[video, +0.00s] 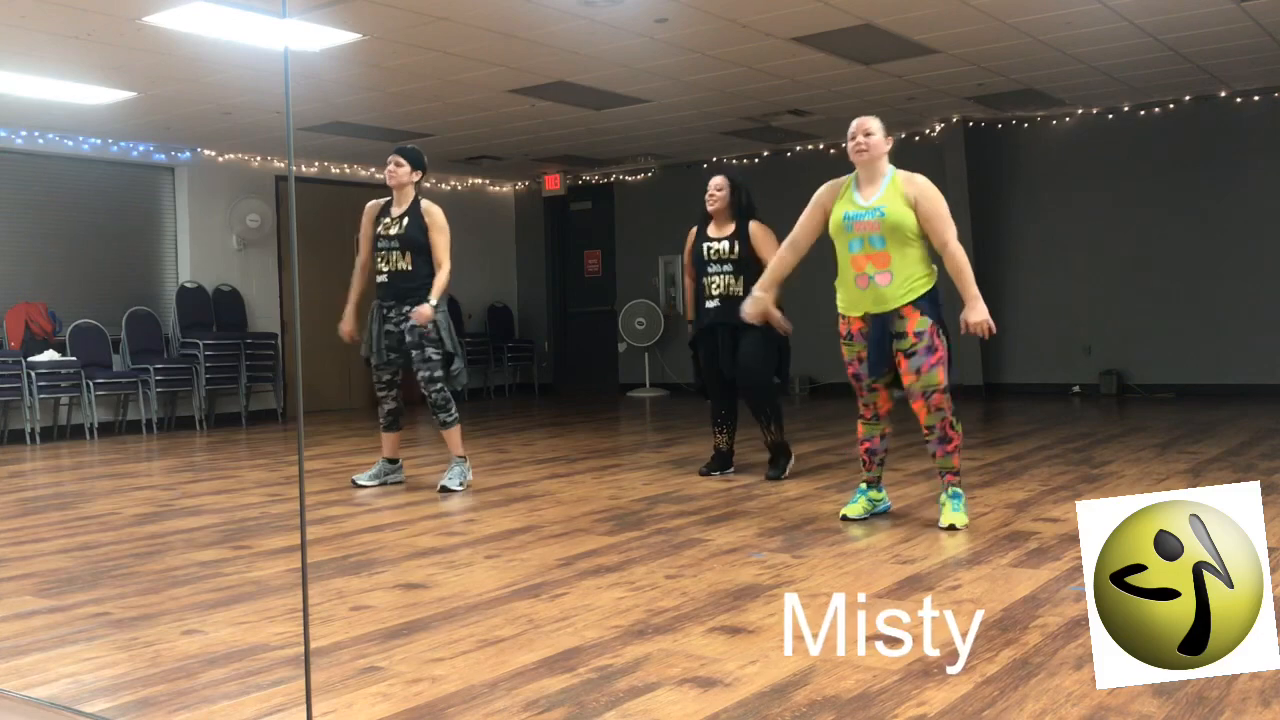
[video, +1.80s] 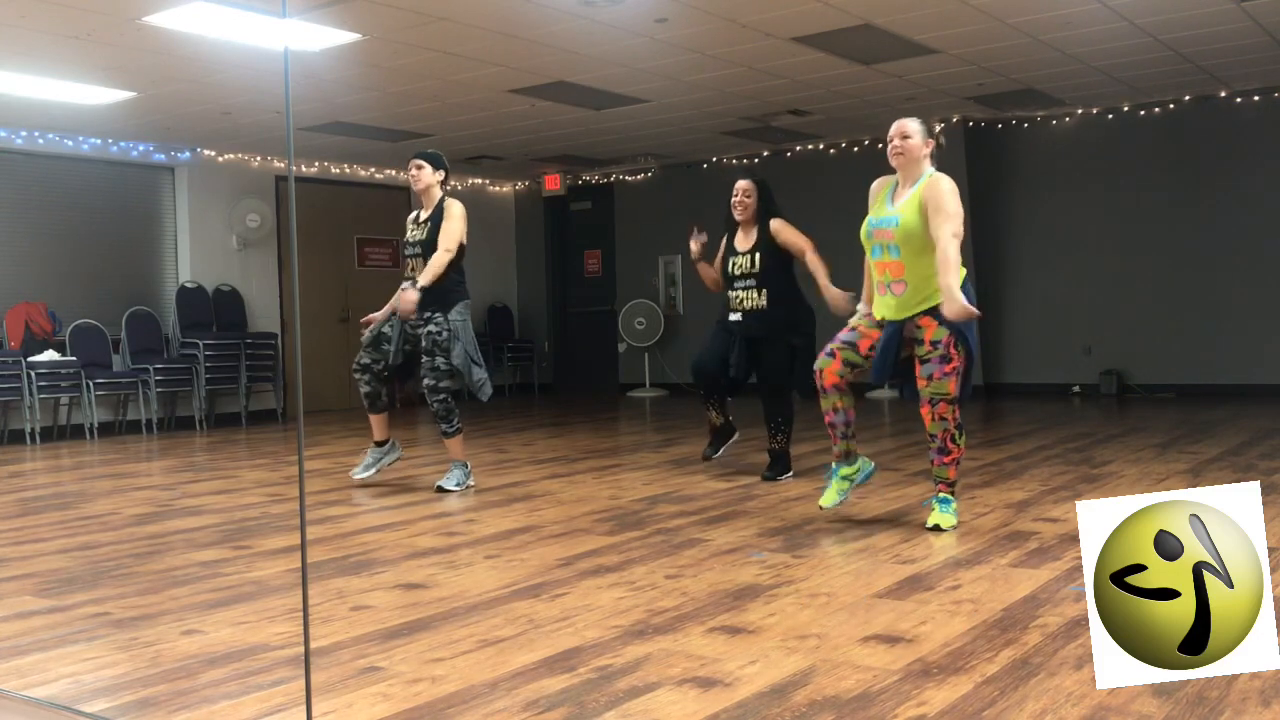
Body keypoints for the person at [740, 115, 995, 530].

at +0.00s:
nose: (859, 140)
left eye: (868, 133)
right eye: (853, 136)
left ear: (888, 143)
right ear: (846, 149)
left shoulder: (915, 187)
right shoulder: (831, 194)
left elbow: (949, 245)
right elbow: (793, 246)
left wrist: (973, 300)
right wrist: (762, 290)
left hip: (913, 308)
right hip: (857, 315)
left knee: (931, 397)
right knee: (870, 403)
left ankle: (952, 491)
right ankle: (872, 490)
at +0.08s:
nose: (871, 137)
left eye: (881, 130)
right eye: (866, 133)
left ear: (901, 141)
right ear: (860, 146)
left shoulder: (923, 188)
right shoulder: (843, 188)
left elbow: (945, 251)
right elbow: (816, 247)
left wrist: (959, 307)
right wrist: (791, 295)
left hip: (918, 309)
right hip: (863, 314)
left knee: (933, 402)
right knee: (868, 404)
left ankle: (952, 493)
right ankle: (873, 490)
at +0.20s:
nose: (881, 134)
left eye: (891, 127)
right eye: (876, 130)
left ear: (912, 139)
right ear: (869, 144)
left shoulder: (932, 185)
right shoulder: (856, 186)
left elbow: (944, 247)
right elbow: (845, 246)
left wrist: (939, 302)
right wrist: (837, 296)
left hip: (924, 311)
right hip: (870, 314)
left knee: (938, 401)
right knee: (842, 382)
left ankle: (952, 492)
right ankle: (864, 476)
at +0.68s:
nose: (868, 138)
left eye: (876, 131)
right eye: (860, 134)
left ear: (893, 140)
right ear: (851, 147)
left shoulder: (921, 182)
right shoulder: (838, 197)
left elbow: (956, 242)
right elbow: (821, 257)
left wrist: (978, 298)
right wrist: (783, 289)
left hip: (915, 309)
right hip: (857, 314)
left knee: (934, 399)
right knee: (857, 402)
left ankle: (948, 492)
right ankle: (863, 491)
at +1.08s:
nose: (876, 145)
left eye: (885, 137)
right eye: (870, 140)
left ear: (907, 141)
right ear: (865, 148)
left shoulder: (929, 191)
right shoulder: (852, 185)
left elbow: (950, 251)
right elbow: (831, 242)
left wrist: (934, 271)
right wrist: (812, 293)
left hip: (918, 312)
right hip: (864, 315)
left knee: (928, 406)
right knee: (866, 405)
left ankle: (942, 496)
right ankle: (866, 493)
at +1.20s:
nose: (884, 142)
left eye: (892, 134)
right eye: (879, 138)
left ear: (917, 138)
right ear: (875, 148)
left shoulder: (937, 189)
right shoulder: (868, 184)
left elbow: (952, 255)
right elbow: (859, 246)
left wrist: (925, 251)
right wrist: (855, 303)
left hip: (925, 313)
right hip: (875, 312)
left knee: (932, 404)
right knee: (840, 383)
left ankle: (942, 495)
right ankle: (857, 479)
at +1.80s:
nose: (894, 143)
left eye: (904, 136)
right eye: (889, 139)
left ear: (928, 146)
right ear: (887, 150)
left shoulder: (939, 187)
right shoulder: (880, 188)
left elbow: (948, 239)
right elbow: (873, 250)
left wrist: (950, 294)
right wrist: (866, 304)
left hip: (933, 314)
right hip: (883, 315)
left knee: (938, 405)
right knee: (829, 368)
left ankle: (944, 496)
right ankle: (848, 463)